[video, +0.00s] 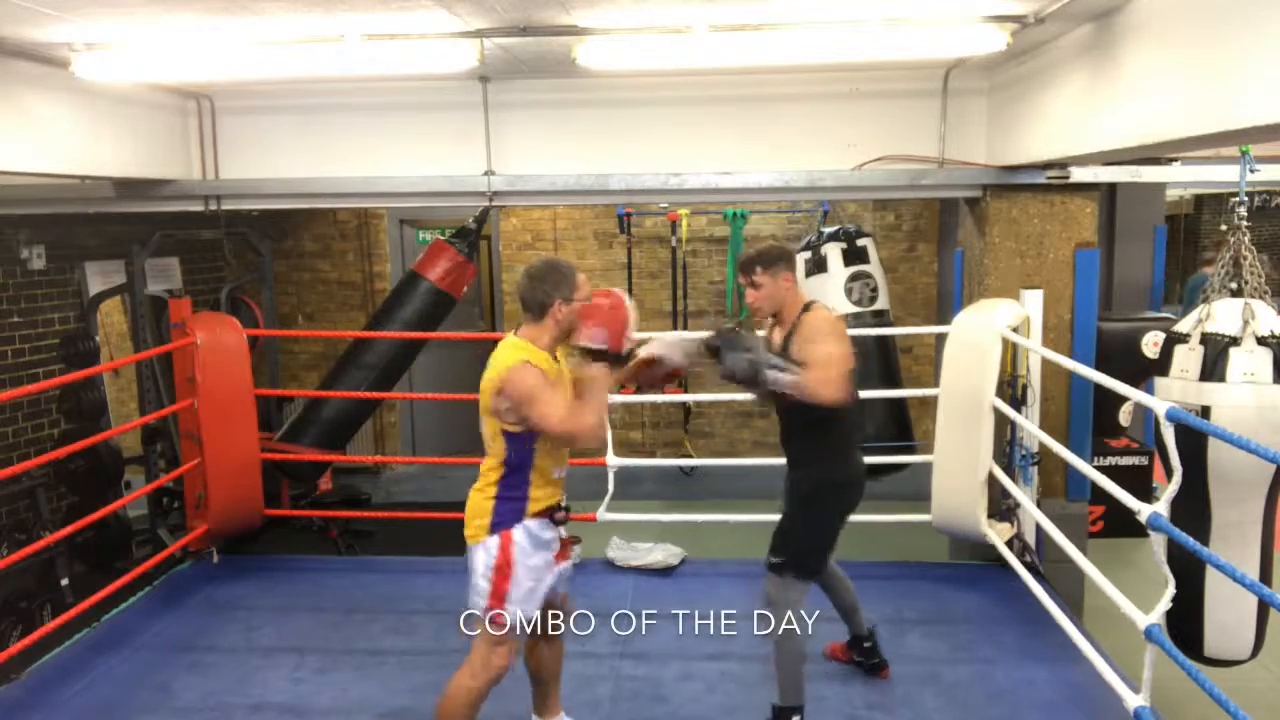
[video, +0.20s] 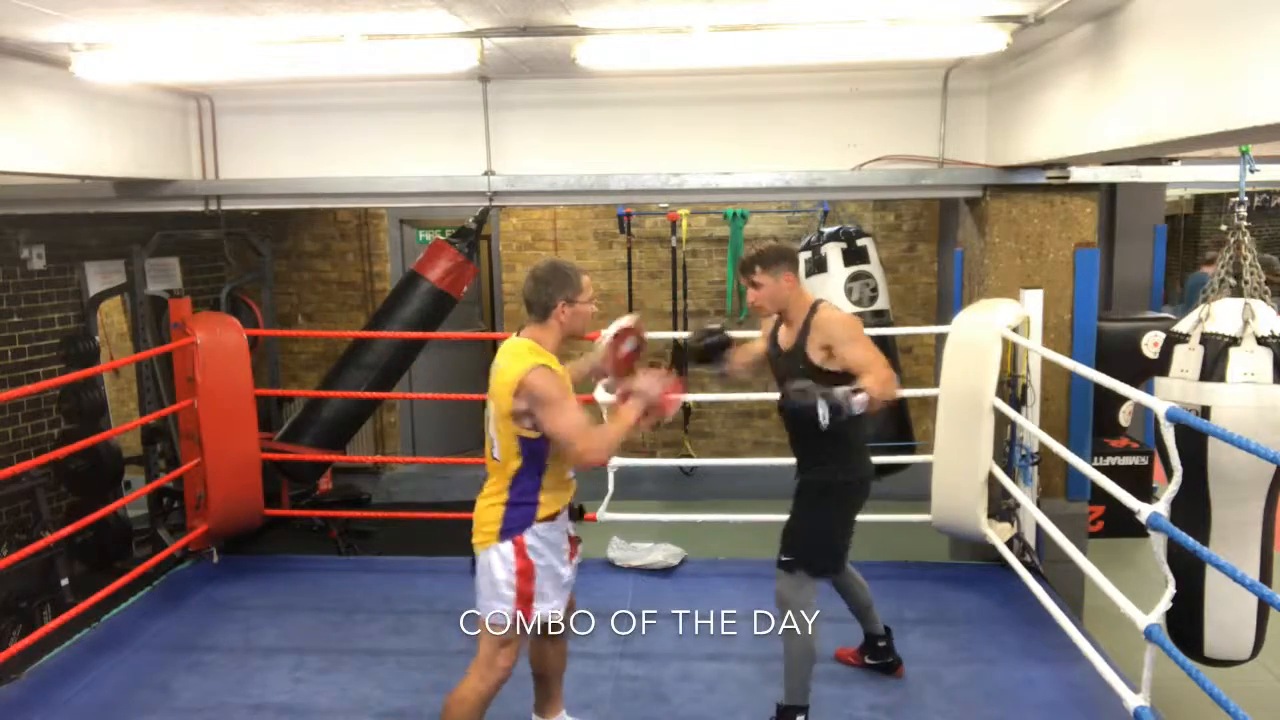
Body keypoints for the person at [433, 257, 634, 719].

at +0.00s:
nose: (589, 312)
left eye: (587, 302)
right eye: (583, 302)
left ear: (553, 309)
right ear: (558, 310)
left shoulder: (551, 355)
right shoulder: (516, 370)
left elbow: (577, 407)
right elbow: (585, 430)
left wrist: (624, 374)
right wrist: (596, 365)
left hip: (541, 517)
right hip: (506, 525)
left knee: (551, 622)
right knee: (492, 658)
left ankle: (549, 713)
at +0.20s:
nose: (594, 309)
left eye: (593, 300)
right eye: (588, 300)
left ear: (550, 307)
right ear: (561, 309)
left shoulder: (521, 349)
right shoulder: (535, 374)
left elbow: (557, 386)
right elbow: (590, 451)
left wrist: (598, 362)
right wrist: (636, 401)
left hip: (547, 519)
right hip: (513, 530)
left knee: (555, 619)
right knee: (494, 663)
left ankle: (549, 713)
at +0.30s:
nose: (601, 313)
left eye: (600, 304)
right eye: (595, 304)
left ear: (565, 311)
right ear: (567, 312)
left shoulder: (571, 355)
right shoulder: (512, 373)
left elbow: (618, 373)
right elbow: (509, 463)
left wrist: (675, 355)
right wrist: (581, 462)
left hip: (554, 515)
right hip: (510, 525)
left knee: (566, 617)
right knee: (497, 656)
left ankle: (552, 711)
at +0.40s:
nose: (613, 318)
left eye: (612, 309)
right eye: (607, 310)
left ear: (579, 317)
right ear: (580, 317)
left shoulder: (575, 361)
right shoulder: (527, 375)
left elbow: (601, 390)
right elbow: (509, 463)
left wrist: (657, 380)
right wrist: (578, 490)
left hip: (551, 517)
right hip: (511, 524)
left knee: (567, 613)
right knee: (498, 655)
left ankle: (557, 711)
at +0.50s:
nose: (622, 322)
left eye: (622, 312)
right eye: (617, 313)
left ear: (578, 317)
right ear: (591, 321)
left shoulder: (536, 345)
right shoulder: (574, 379)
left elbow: (565, 388)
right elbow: (605, 463)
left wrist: (618, 374)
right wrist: (681, 472)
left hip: (541, 512)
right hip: (519, 519)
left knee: (561, 604)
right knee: (495, 648)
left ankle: (555, 710)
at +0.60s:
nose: (624, 322)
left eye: (625, 313)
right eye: (619, 315)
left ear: (565, 314)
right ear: (589, 325)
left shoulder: (528, 339)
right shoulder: (589, 382)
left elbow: (575, 336)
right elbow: (671, 425)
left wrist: (619, 326)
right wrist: (744, 416)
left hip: (539, 512)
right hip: (521, 523)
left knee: (561, 602)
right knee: (490, 649)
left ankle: (556, 707)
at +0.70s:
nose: (616, 320)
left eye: (617, 311)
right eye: (612, 312)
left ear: (574, 314)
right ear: (586, 318)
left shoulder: (527, 334)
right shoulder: (581, 380)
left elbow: (573, 324)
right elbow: (648, 445)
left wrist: (613, 290)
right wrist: (725, 448)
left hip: (543, 509)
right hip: (527, 520)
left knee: (562, 601)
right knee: (501, 647)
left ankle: (556, 710)